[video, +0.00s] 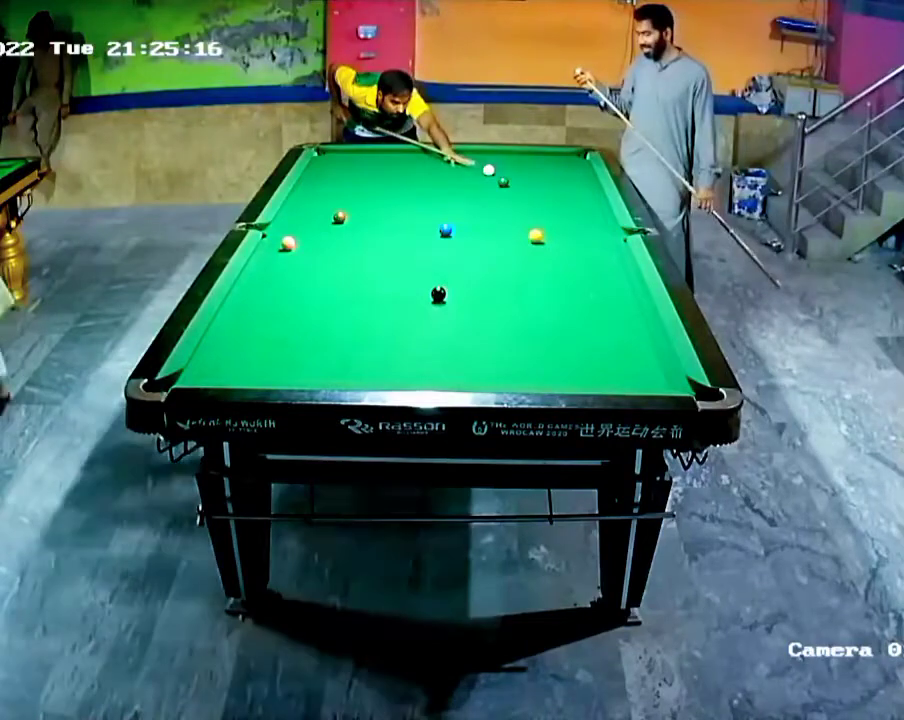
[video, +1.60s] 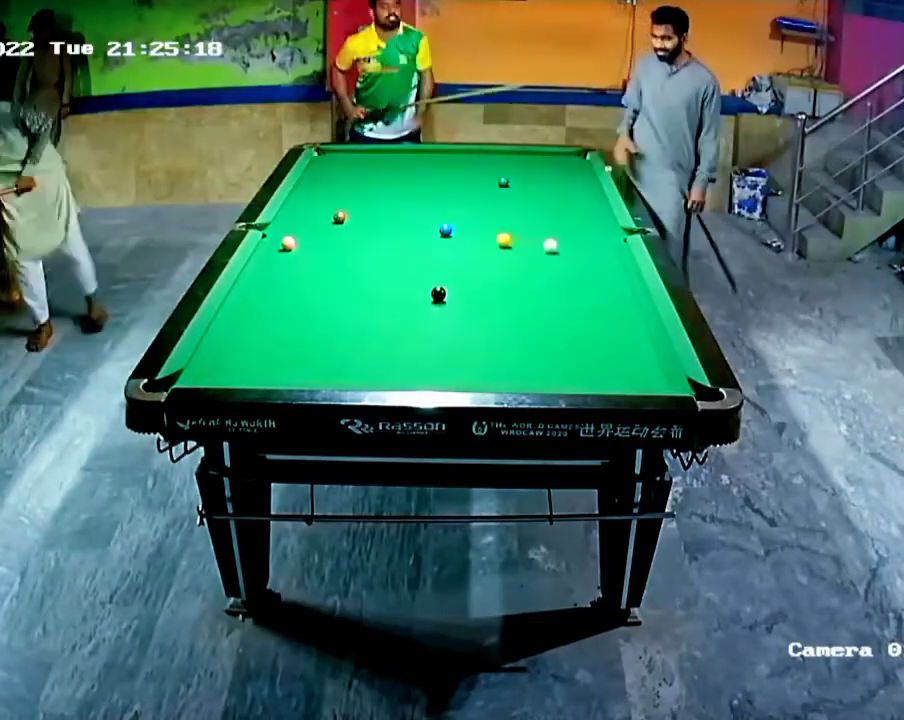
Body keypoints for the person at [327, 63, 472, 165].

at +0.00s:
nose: (400, 110)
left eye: (405, 103)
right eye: (395, 103)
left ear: (410, 97)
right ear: (380, 95)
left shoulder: (410, 96)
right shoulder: (358, 91)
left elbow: (430, 125)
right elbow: (334, 70)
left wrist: (447, 150)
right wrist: (336, 104)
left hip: (400, 135)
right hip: (362, 134)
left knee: (403, 181)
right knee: (359, 180)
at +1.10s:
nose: (407, 90)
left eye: (411, 84)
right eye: (400, 84)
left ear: (415, 79)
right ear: (386, 79)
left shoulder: (417, 86)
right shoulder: (364, 84)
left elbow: (434, 122)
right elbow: (338, 78)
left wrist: (447, 150)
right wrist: (349, 111)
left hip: (404, 135)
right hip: (367, 135)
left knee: (408, 182)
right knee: (365, 183)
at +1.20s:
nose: (406, 82)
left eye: (410, 75)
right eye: (400, 75)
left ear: (414, 72)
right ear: (385, 70)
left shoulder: (418, 85)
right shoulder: (363, 79)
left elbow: (433, 122)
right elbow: (338, 78)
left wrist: (448, 150)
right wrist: (349, 112)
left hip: (403, 136)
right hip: (365, 135)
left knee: (408, 183)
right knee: (363, 183)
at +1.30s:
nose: (402, 56)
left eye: (407, 50)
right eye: (396, 49)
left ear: (411, 50)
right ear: (383, 48)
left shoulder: (419, 70)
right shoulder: (364, 65)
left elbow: (435, 107)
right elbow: (337, 73)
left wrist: (446, 141)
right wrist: (346, 109)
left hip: (401, 132)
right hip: (363, 131)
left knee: (404, 183)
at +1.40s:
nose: (397, 30)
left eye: (400, 24)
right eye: (390, 24)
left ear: (405, 25)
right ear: (378, 26)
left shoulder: (418, 51)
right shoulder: (359, 52)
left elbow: (436, 91)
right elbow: (337, 71)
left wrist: (440, 128)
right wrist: (345, 107)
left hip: (404, 132)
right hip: (366, 132)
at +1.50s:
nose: (394, 21)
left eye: (398, 15)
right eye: (387, 15)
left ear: (403, 16)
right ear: (375, 17)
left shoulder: (418, 46)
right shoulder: (357, 47)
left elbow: (432, 86)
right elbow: (338, 70)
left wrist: (433, 121)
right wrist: (345, 106)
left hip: (405, 133)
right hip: (366, 134)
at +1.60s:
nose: (392, 12)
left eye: (396, 6)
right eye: (384, 7)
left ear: (400, 7)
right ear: (372, 11)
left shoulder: (417, 40)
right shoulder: (356, 43)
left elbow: (427, 78)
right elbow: (338, 70)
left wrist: (420, 115)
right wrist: (349, 108)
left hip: (406, 134)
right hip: (367, 135)